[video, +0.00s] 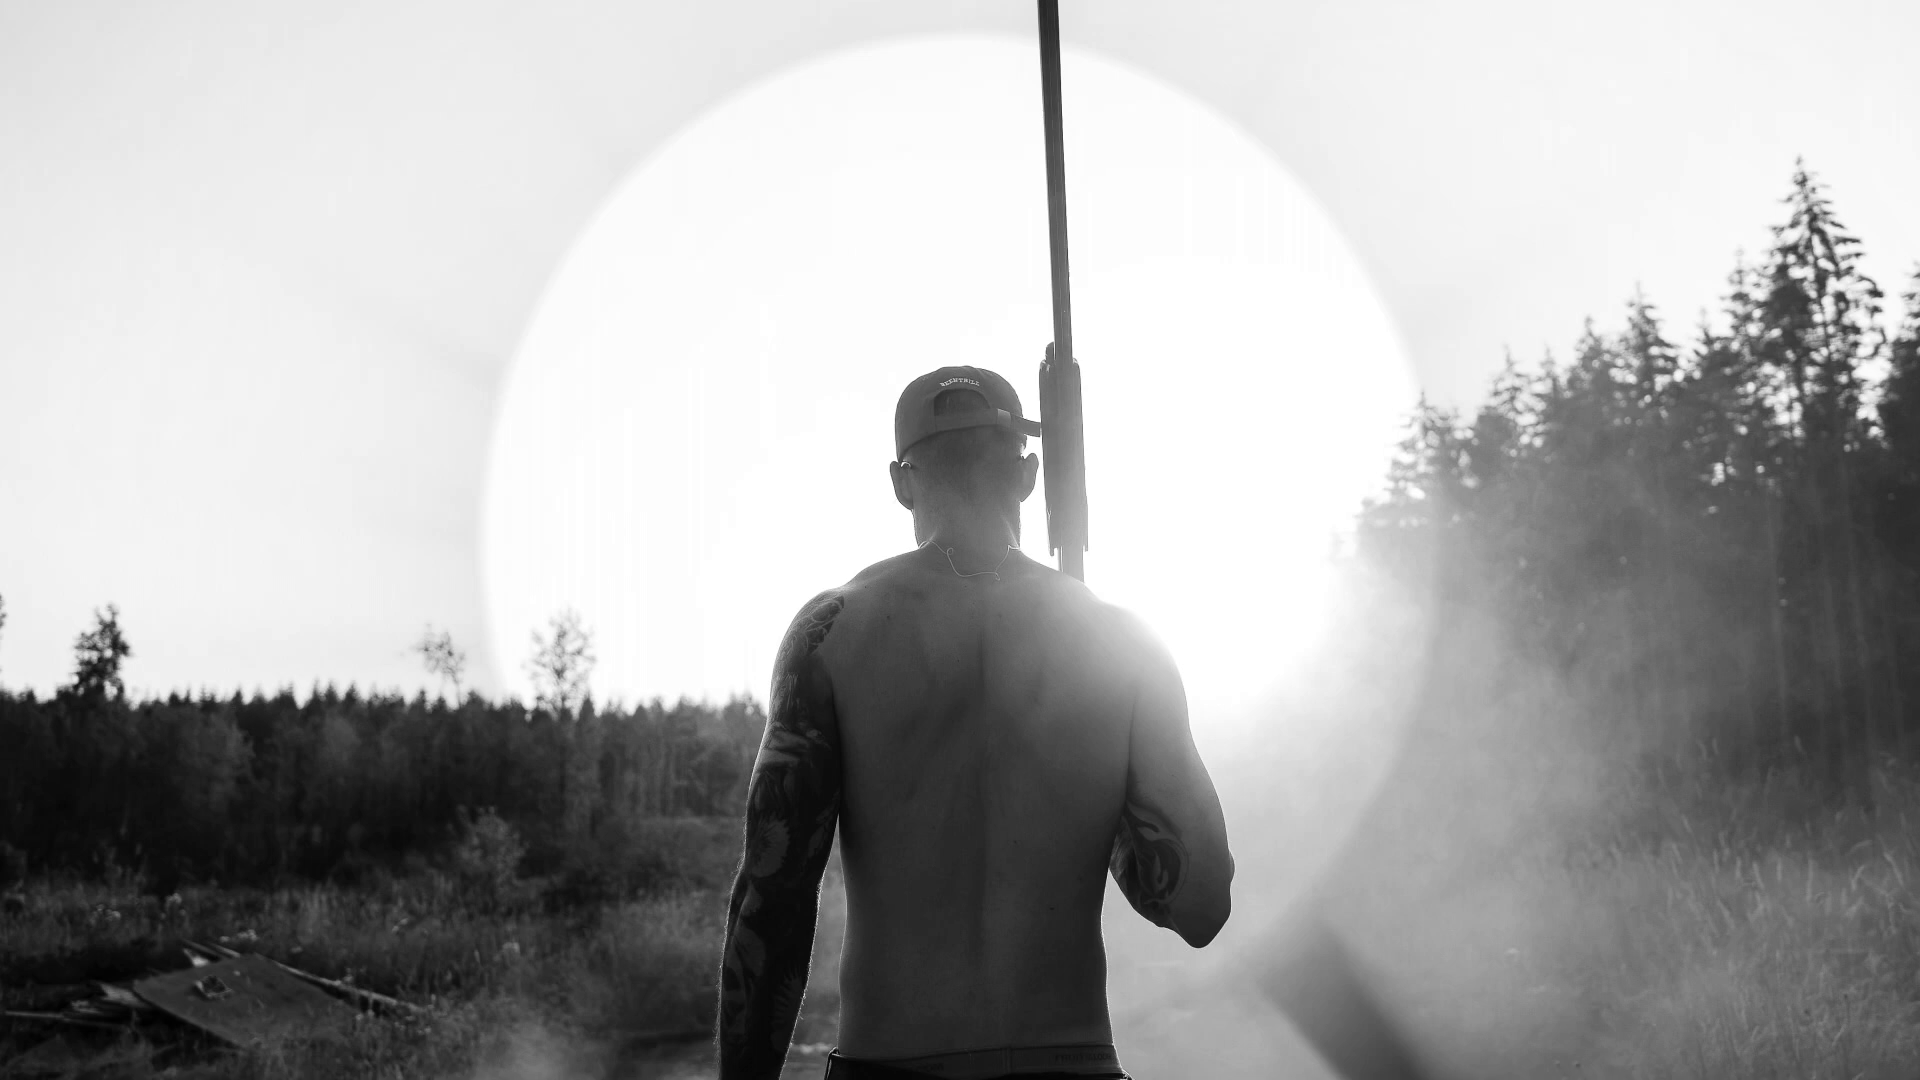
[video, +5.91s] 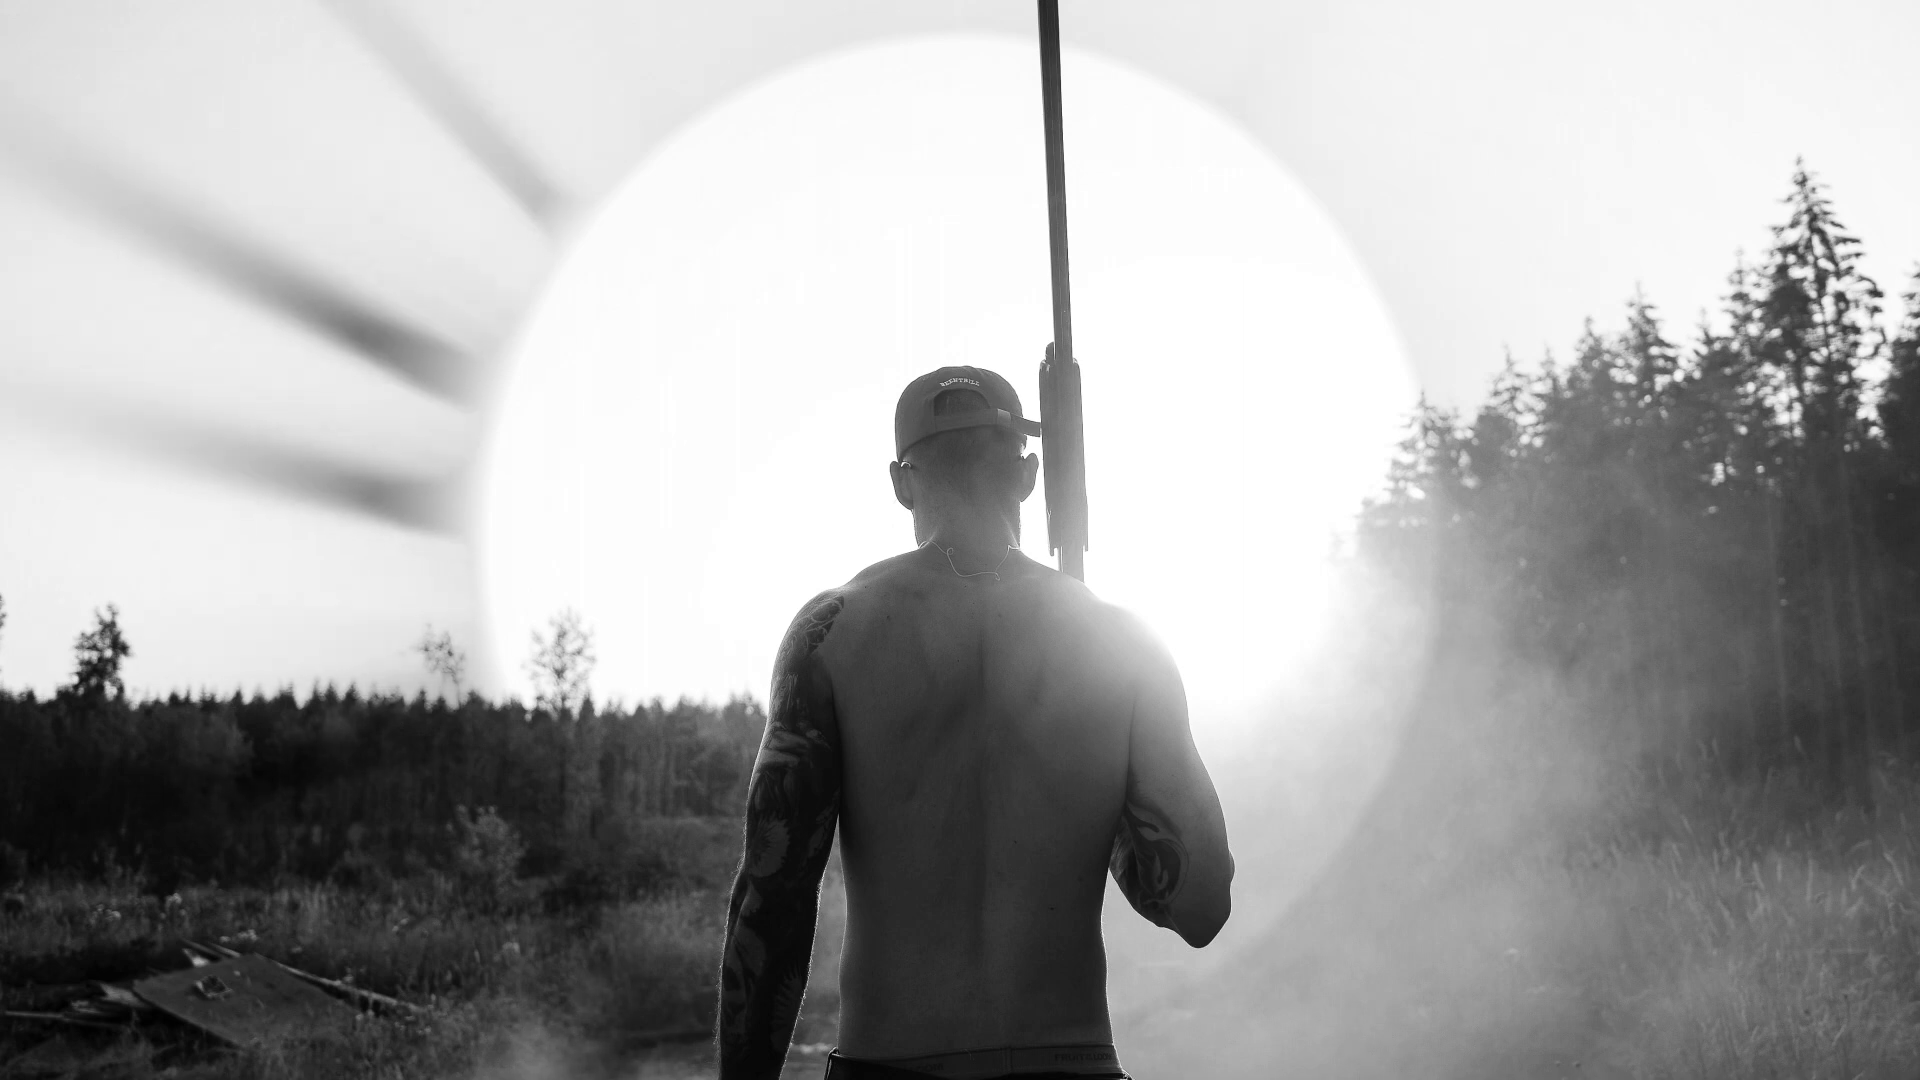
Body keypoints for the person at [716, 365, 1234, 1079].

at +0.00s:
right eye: (1018, 452)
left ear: (902, 484)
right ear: (1028, 476)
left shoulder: (832, 630)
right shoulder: (1122, 641)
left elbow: (773, 886)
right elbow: (1201, 904)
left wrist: (748, 1063)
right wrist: (1100, 803)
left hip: (886, 1045)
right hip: (1066, 1045)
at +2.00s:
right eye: (1017, 450)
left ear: (903, 486)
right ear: (1027, 476)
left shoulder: (832, 630)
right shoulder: (1121, 641)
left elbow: (773, 884)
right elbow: (1201, 904)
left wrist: (747, 1063)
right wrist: (1102, 803)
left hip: (887, 1045)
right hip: (1068, 1045)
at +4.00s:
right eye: (1017, 450)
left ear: (903, 486)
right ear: (1027, 476)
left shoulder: (832, 630)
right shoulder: (1121, 641)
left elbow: (773, 884)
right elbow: (1201, 904)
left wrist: (747, 1063)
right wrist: (1102, 803)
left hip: (887, 1045)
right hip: (1067, 1045)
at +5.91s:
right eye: (1015, 449)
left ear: (903, 486)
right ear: (1028, 477)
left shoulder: (831, 630)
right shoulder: (1121, 641)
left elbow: (773, 886)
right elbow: (1201, 905)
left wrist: (747, 1063)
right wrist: (1101, 800)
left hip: (886, 1046)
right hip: (1068, 1046)